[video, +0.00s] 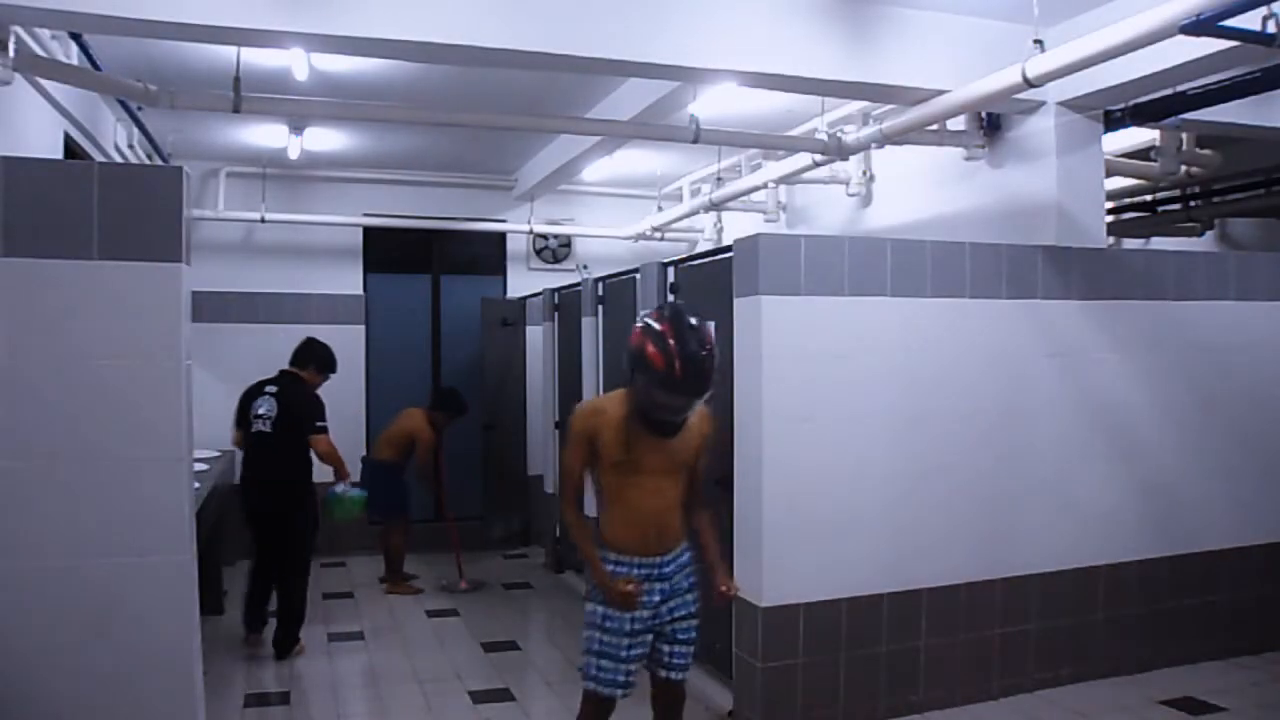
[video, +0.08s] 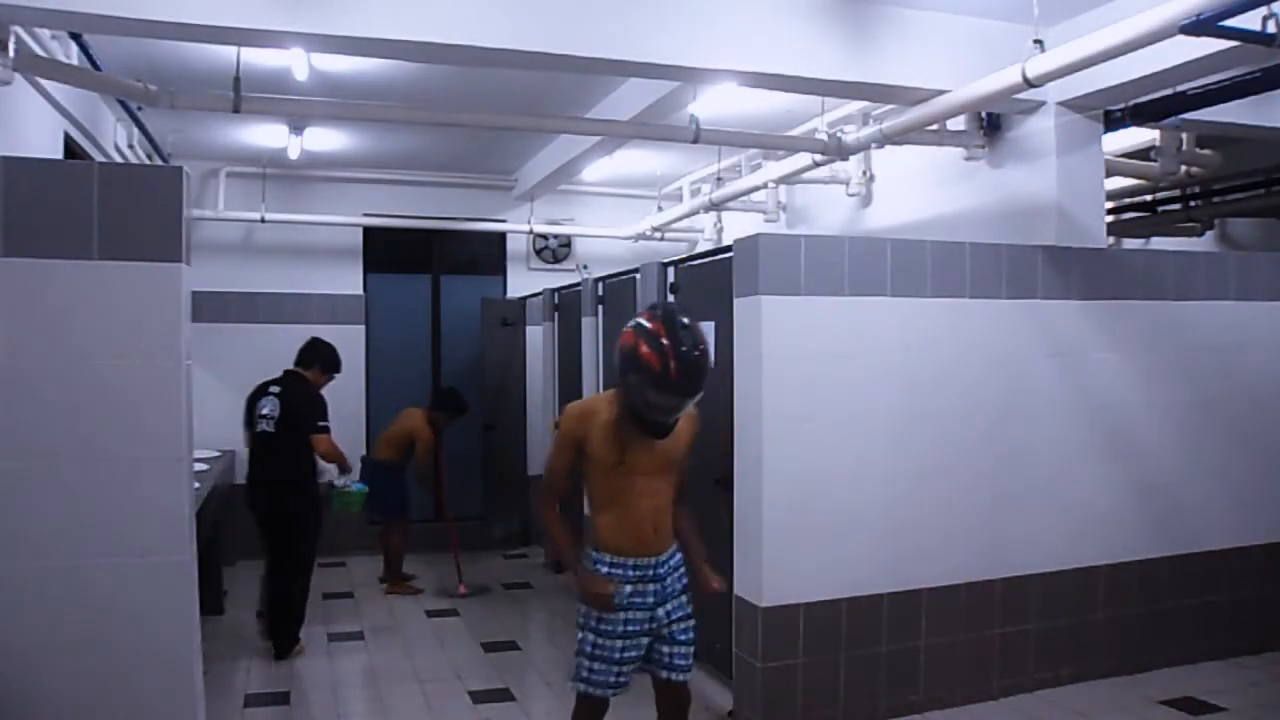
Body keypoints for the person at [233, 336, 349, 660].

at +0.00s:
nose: (321, 384)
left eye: (324, 379)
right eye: (322, 378)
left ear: (295, 364)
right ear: (313, 370)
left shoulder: (254, 391)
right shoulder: (307, 398)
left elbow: (240, 438)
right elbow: (321, 446)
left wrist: (269, 448)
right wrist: (340, 467)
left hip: (255, 490)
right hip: (293, 492)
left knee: (264, 557)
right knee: (295, 565)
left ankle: (253, 627)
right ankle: (285, 642)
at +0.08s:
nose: (326, 385)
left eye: (329, 379)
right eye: (327, 378)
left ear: (300, 364)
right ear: (317, 369)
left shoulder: (260, 391)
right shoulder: (309, 397)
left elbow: (251, 440)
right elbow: (323, 446)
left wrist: (281, 449)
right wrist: (342, 461)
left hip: (261, 489)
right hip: (297, 491)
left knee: (277, 557)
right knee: (297, 563)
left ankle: (271, 624)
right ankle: (284, 641)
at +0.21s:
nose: (333, 384)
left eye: (336, 379)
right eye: (334, 378)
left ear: (308, 364)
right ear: (325, 370)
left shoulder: (271, 393)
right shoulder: (315, 398)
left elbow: (275, 443)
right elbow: (327, 449)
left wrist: (315, 456)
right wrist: (349, 459)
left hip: (271, 488)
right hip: (305, 492)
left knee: (297, 558)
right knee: (301, 563)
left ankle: (310, 622)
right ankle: (285, 642)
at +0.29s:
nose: (340, 384)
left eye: (342, 379)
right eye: (341, 378)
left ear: (314, 364)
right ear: (332, 371)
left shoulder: (277, 395)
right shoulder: (321, 399)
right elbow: (331, 448)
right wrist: (354, 458)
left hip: (280, 489)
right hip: (312, 491)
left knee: (309, 560)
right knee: (305, 564)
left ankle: (335, 621)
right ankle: (285, 642)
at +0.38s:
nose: (347, 385)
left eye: (350, 379)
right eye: (348, 378)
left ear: (322, 365)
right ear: (338, 370)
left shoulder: (285, 396)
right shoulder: (328, 398)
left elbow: (277, 443)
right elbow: (339, 447)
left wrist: (312, 452)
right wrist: (362, 458)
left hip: (290, 489)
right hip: (320, 490)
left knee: (322, 559)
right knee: (309, 562)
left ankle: (342, 624)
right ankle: (285, 641)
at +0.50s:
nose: (360, 383)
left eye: (363, 376)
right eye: (361, 376)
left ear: (336, 365)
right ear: (351, 369)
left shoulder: (301, 395)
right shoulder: (343, 396)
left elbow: (288, 441)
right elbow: (351, 441)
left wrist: (317, 455)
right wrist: (375, 459)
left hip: (306, 484)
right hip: (334, 485)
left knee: (333, 556)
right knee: (324, 558)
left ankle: (344, 623)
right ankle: (288, 634)